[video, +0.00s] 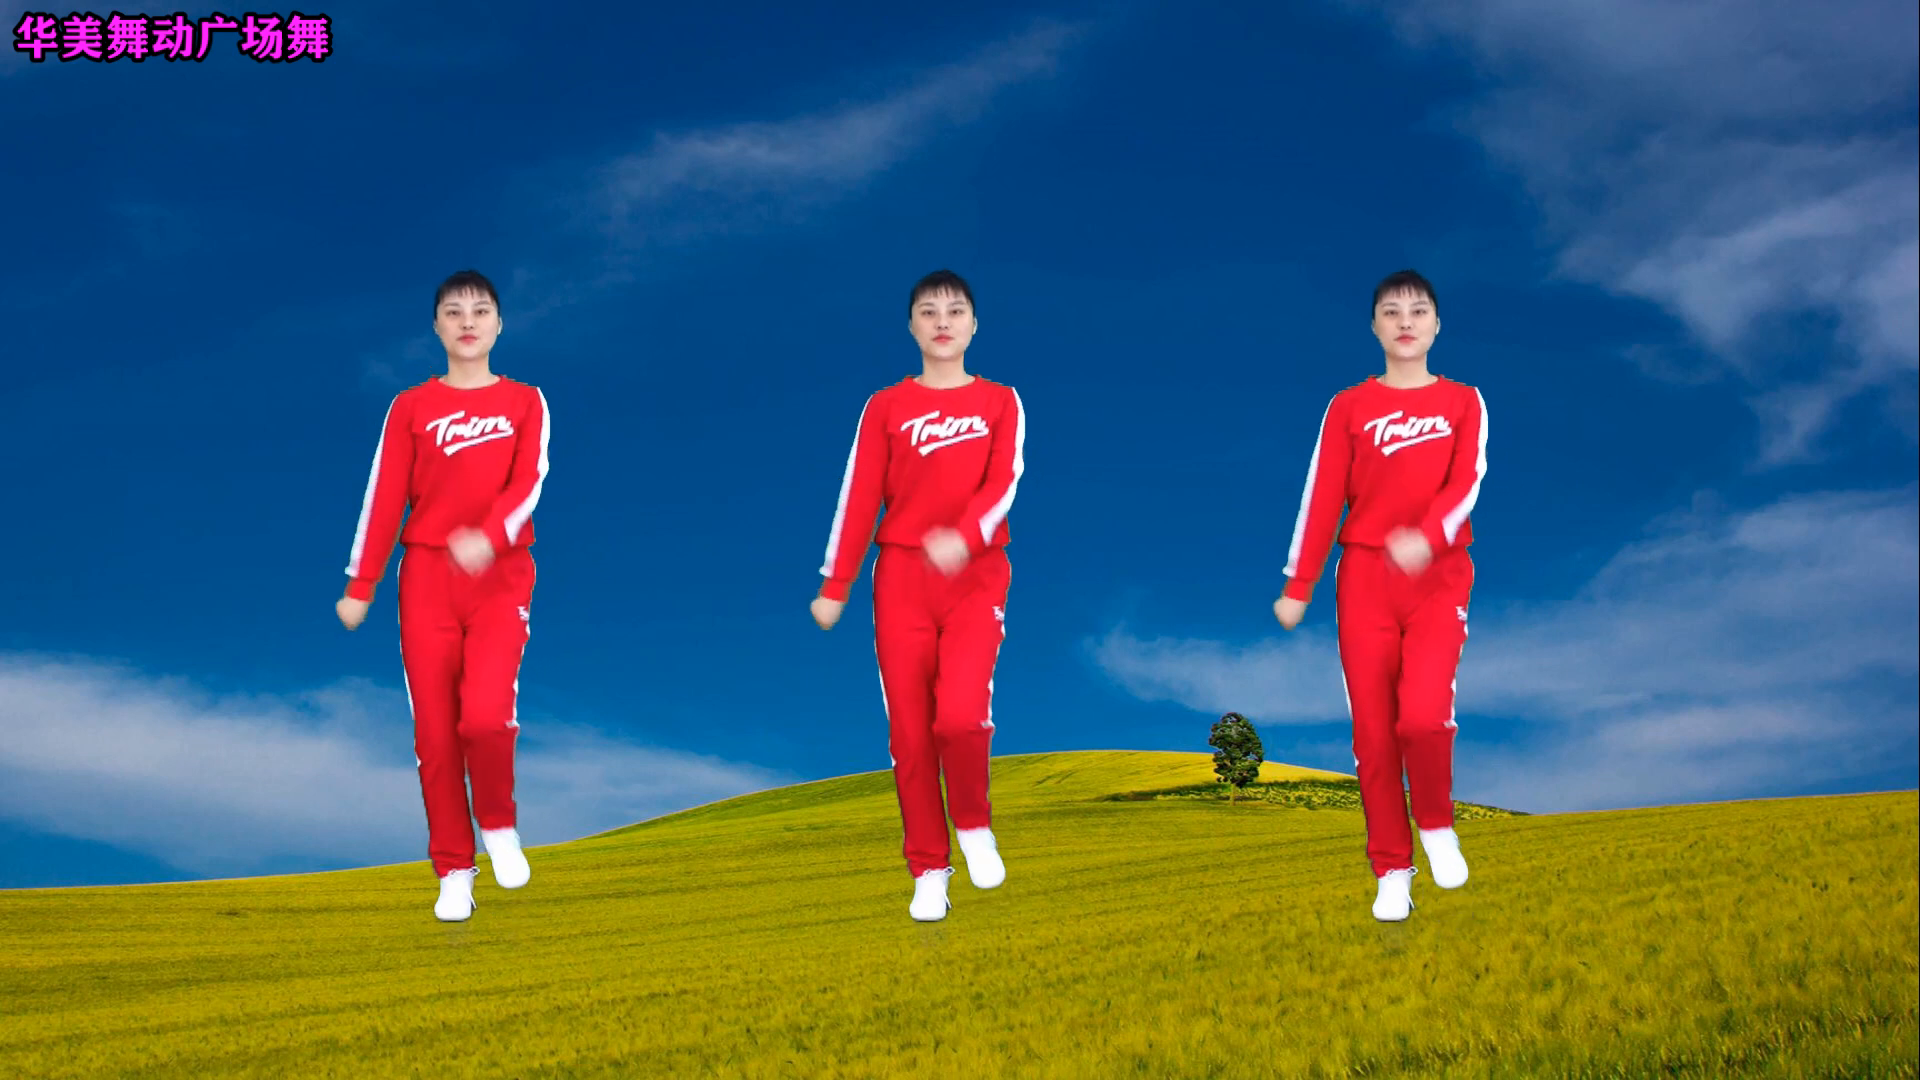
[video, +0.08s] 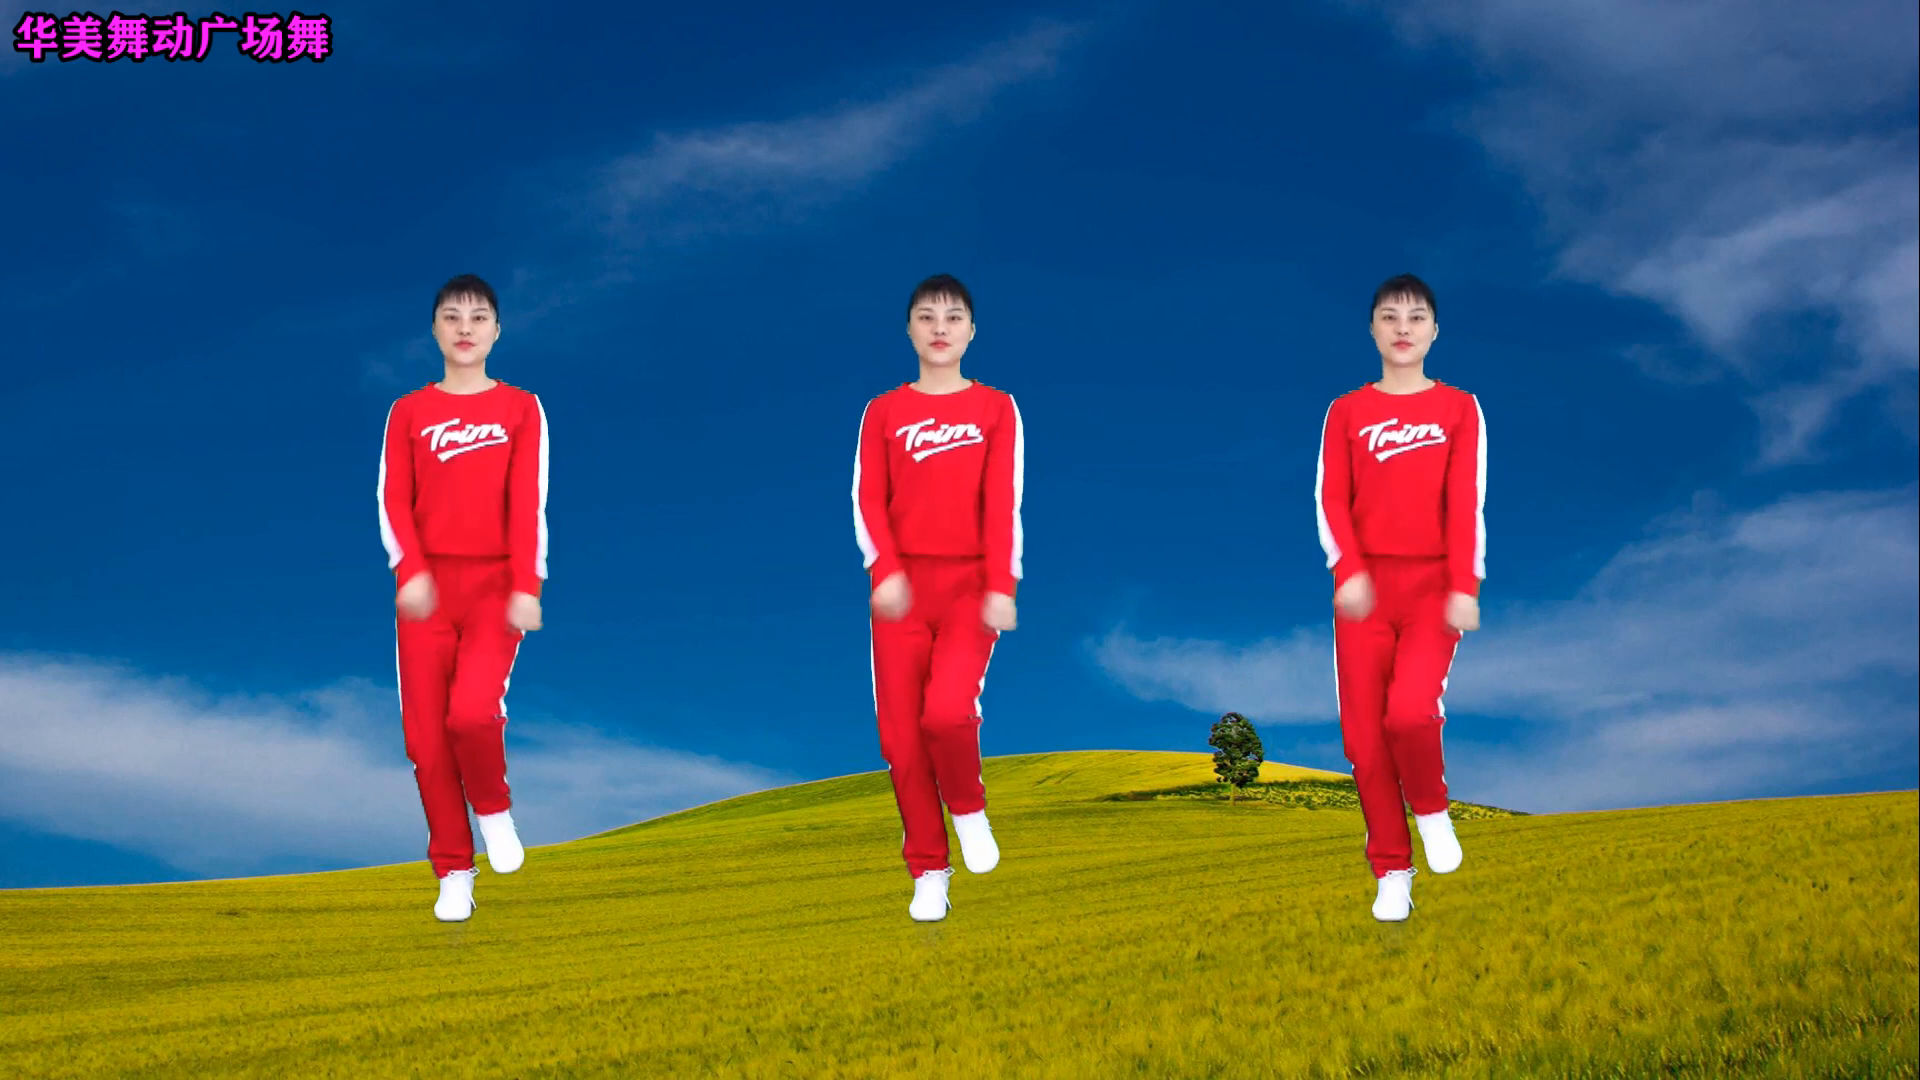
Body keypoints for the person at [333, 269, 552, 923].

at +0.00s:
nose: (467, 323)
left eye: (479, 313)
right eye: (455, 313)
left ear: (497, 323)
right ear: (438, 325)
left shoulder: (526, 402)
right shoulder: (410, 408)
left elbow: (529, 485)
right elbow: (384, 500)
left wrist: (490, 534)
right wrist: (361, 585)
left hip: (501, 581)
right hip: (426, 581)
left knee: (484, 721)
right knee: (434, 731)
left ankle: (498, 824)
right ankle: (453, 866)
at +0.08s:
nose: (465, 328)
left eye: (478, 318)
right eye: (453, 318)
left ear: (495, 330)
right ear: (436, 329)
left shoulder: (523, 407)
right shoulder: (408, 411)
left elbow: (531, 501)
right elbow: (392, 498)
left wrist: (527, 585)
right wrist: (410, 570)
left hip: (497, 583)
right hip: (426, 584)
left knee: (471, 716)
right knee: (424, 735)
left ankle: (492, 810)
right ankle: (452, 867)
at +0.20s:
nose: (464, 310)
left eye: (477, 300)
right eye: (452, 300)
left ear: (494, 312)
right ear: (434, 312)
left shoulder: (522, 390)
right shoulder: (404, 393)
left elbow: (561, 478)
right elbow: (367, 472)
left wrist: (580, 566)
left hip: (499, 566)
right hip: (424, 568)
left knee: (473, 710)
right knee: (430, 723)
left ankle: (489, 819)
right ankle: (454, 863)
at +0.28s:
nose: (465, 302)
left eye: (477, 293)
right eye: (453, 292)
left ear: (495, 306)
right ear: (436, 304)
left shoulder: (523, 380)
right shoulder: (405, 383)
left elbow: (574, 458)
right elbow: (357, 464)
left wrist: (603, 540)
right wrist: (415, 428)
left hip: (501, 557)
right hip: (425, 558)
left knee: (483, 712)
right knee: (435, 720)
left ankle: (491, 846)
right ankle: (452, 862)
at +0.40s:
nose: (466, 312)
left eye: (479, 303)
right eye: (455, 302)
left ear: (497, 314)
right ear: (437, 314)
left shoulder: (526, 388)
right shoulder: (409, 393)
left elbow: (590, 449)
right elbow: (359, 479)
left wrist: (632, 525)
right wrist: (405, 425)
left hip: (506, 569)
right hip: (429, 570)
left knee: (497, 733)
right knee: (439, 732)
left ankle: (495, 870)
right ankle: (452, 869)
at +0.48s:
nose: (469, 313)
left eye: (482, 303)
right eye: (457, 303)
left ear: (499, 316)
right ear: (439, 314)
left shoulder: (529, 389)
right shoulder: (410, 396)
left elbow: (596, 447)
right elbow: (371, 483)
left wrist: (644, 521)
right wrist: (420, 440)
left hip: (509, 569)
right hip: (432, 570)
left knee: (499, 733)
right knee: (441, 731)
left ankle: (494, 871)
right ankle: (453, 869)